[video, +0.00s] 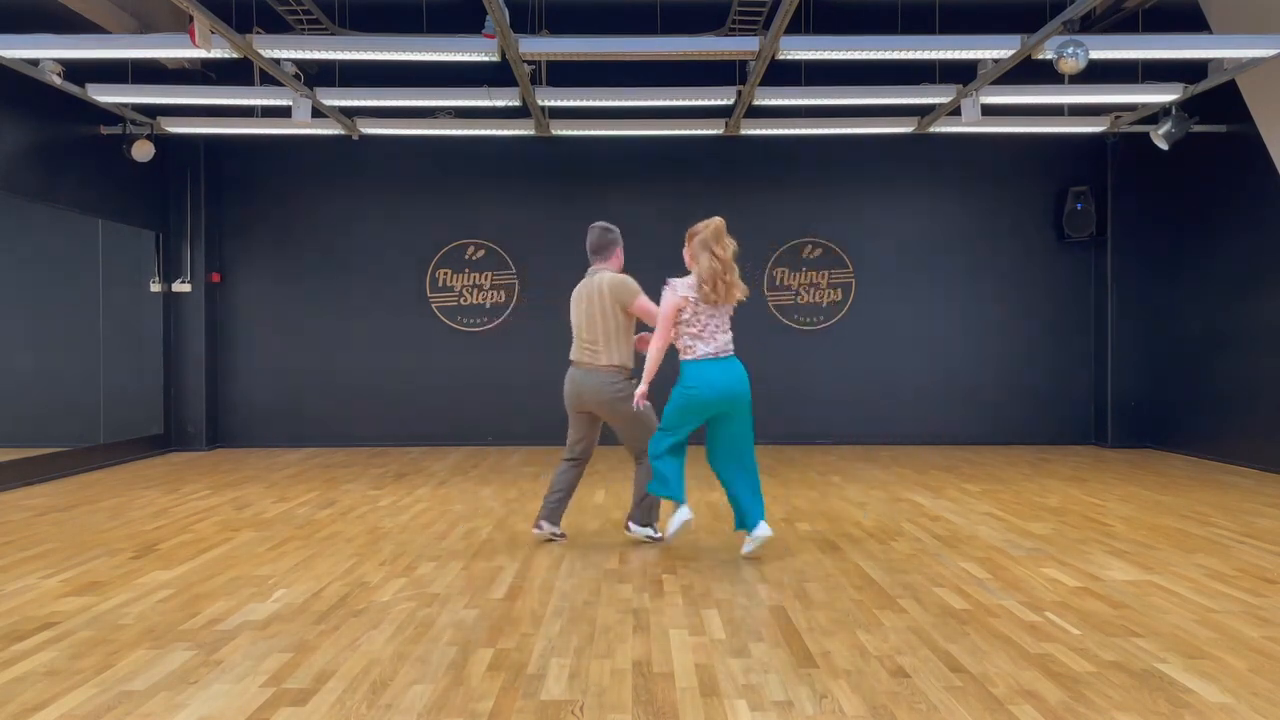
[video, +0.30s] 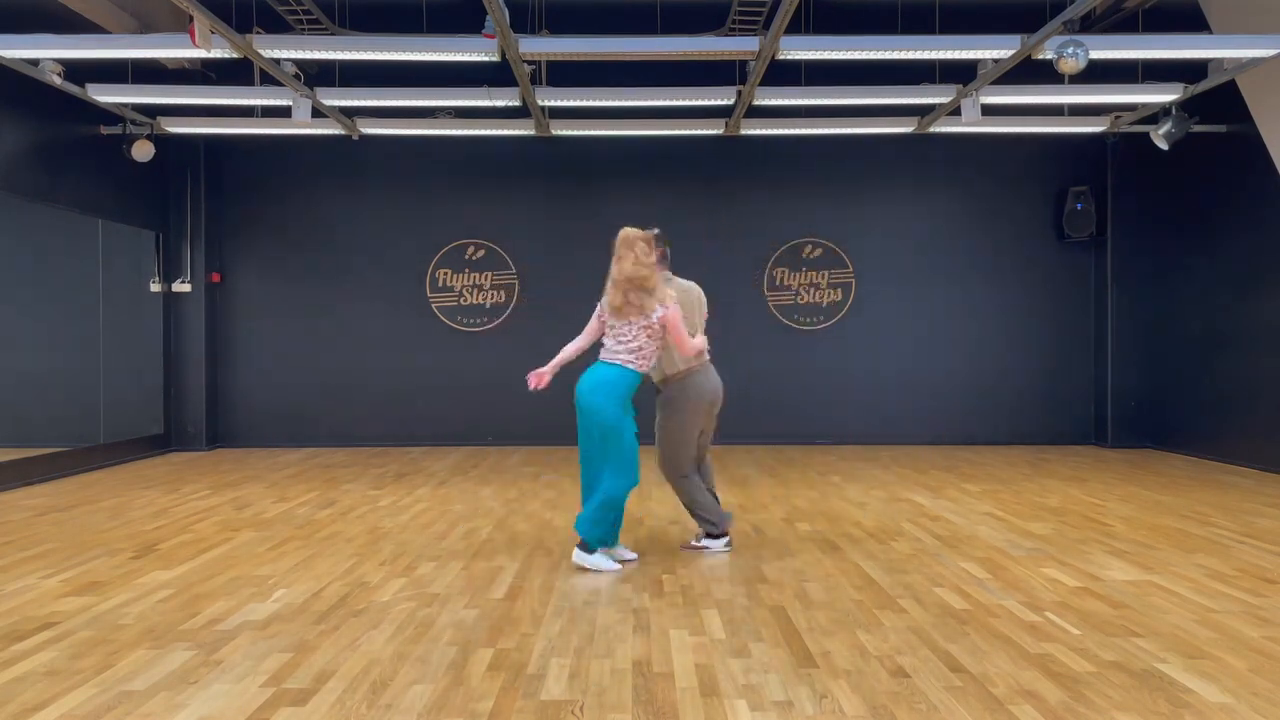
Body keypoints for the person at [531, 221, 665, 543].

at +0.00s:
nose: (623, 256)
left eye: (622, 251)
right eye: (622, 251)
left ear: (590, 254)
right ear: (618, 252)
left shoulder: (579, 290)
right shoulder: (621, 284)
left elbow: (592, 337)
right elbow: (662, 322)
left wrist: (633, 342)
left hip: (576, 379)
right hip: (611, 382)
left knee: (575, 454)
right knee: (649, 450)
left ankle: (548, 519)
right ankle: (641, 520)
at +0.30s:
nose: (658, 259)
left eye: (653, 253)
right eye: (655, 254)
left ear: (619, 261)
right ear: (651, 260)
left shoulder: (609, 302)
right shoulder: (664, 305)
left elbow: (583, 340)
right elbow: (686, 351)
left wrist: (549, 369)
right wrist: (701, 343)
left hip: (591, 385)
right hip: (614, 391)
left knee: (602, 464)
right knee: (625, 471)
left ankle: (605, 541)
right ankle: (587, 547)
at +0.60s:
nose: (594, 265)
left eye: (592, 259)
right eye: (589, 261)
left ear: (565, 266)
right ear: (573, 267)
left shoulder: (551, 300)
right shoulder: (583, 307)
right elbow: (609, 355)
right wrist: (642, 342)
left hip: (526, 396)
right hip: (546, 402)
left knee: (540, 474)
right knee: (585, 478)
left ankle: (527, 539)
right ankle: (549, 548)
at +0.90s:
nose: (548, 260)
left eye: (546, 253)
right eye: (542, 254)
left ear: (518, 263)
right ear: (522, 262)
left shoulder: (496, 297)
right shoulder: (539, 302)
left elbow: (519, 328)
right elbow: (583, 340)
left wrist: (555, 317)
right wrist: (625, 329)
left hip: (470, 395)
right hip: (499, 394)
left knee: (488, 483)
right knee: (561, 463)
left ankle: (454, 561)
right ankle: (525, 540)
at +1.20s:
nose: (534, 260)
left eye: (532, 254)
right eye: (528, 254)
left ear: (508, 261)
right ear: (507, 260)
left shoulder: (503, 297)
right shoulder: (513, 297)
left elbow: (536, 351)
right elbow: (563, 334)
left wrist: (545, 313)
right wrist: (615, 324)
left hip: (490, 400)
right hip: (485, 400)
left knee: (544, 472)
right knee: (505, 486)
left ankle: (516, 553)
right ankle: (482, 581)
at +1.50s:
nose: (535, 258)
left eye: (534, 251)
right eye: (529, 252)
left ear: (512, 258)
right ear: (508, 257)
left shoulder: (524, 301)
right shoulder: (499, 296)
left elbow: (532, 362)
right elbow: (554, 319)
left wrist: (557, 397)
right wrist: (608, 311)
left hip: (520, 401)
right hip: (487, 404)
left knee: (542, 481)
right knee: (521, 484)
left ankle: (512, 550)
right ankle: (490, 567)